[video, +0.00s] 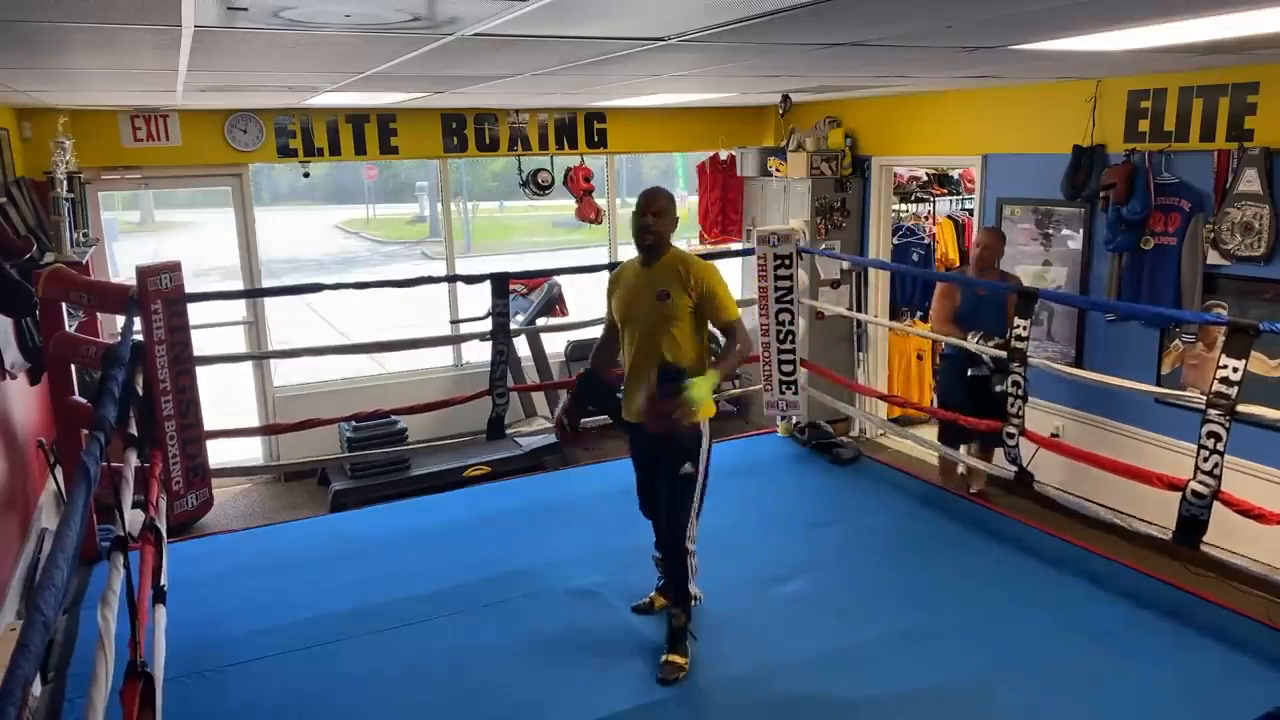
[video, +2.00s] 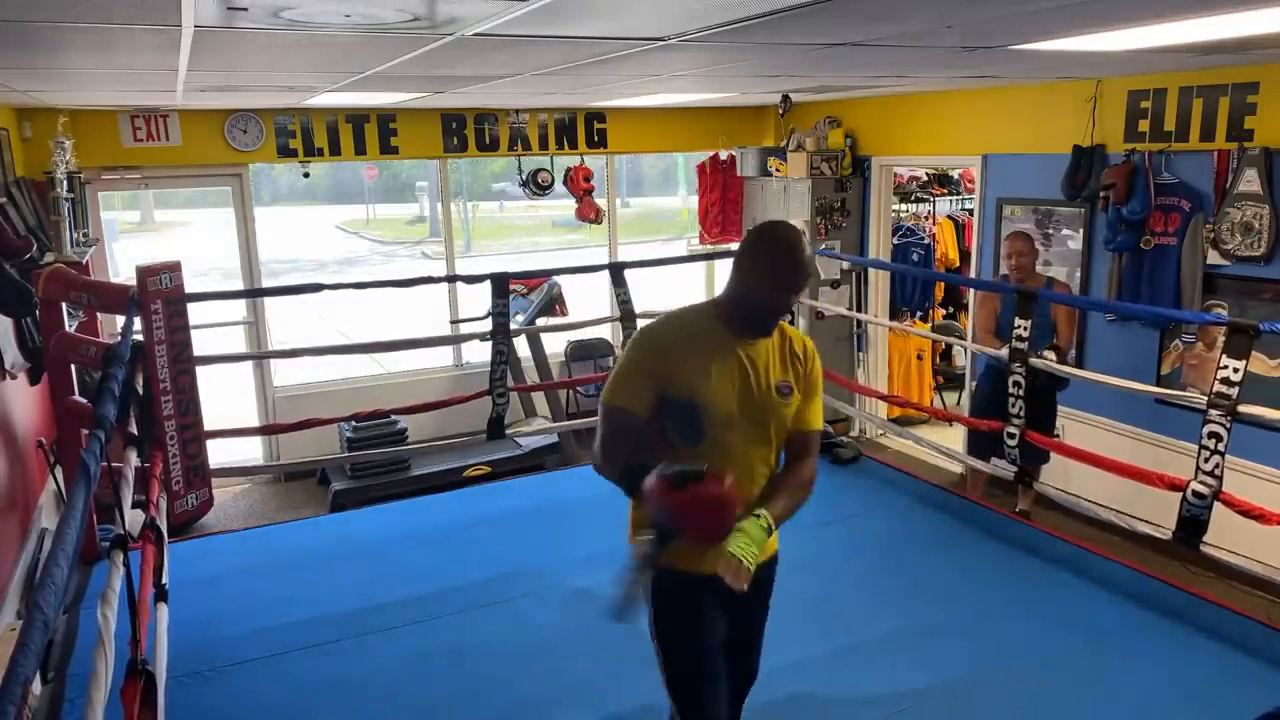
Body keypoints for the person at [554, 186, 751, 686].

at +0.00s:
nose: (648, 222)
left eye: (658, 214)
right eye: (642, 214)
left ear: (675, 221)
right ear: (632, 219)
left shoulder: (696, 273)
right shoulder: (621, 277)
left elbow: (742, 341)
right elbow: (610, 341)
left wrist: (707, 383)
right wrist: (577, 396)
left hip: (687, 416)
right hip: (639, 417)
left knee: (676, 525)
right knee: (654, 510)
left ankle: (679, 637)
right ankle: (675, 583)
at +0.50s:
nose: (673, 228)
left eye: (686, 222)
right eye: (668, 218)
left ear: (706, 233)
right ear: (658, 221)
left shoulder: (712, 292)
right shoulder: (629, 274)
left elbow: (692, 377)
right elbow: (571, 307)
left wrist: (627, 349)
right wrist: (532, 346)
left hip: (682, 445)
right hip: (625, 437)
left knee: (682, 551)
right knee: (597, 539)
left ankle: (680, 646)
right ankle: (624, 629)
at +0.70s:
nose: (660, 241)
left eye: (672, 233)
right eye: (653, 230)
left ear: (687, 240)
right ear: (638, 231)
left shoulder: (703, 301)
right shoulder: (605, 288)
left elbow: (698, 389)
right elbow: (573, 364)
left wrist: (628, 367)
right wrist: (571, 407)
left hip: (680, 460)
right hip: (616, 455)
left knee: (683, 563)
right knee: (605, 573)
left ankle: (679, 643)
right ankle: (595, 689)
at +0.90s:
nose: (633, 243)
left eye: (643, 234)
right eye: (623, 233)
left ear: (656, 239)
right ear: (606, 238)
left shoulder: (688, 301)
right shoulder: (575, 306)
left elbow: (723, 374)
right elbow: (560, 389)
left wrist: (692, 419)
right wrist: (582, 450)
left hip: (672, 471)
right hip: (604, 471)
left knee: (677, 572)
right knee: (598, 588)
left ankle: (678, 642)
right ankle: (595, 690)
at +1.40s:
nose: (674, 274)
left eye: (684, 262)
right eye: (663, 261)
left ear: (694, 263)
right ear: (637, 260)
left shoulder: (709, 324)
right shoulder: (588, 335)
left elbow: (719, 394)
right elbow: (557, 432)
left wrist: (746, 458)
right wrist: (548, 526)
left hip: (689, 510)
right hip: (609, 519)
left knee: (702, 639)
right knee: (598, 629)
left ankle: (707, 715)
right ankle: (596, 699)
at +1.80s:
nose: (762, 270)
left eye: (773, 259)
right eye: (751, 256)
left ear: (780, 264)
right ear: (717, 249)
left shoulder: (778, 339)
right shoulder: (646, 328)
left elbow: (778, 432)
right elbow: (594, 432)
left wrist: (777, 508)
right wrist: (589, 521)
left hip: (731, 533)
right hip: (654, 536)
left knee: (725, 679)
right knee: (664, 689)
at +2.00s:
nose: (789, 307)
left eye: (797, 294)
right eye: (783, 292)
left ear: (800, 288)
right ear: (748, 275)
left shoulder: (797, 353)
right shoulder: (659, 344)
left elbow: (802, 464)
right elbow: (612, 455)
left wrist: (758, 525)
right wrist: (671, 497)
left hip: (755, 563)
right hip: (683, 567)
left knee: (733, 697)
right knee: (704, 709)